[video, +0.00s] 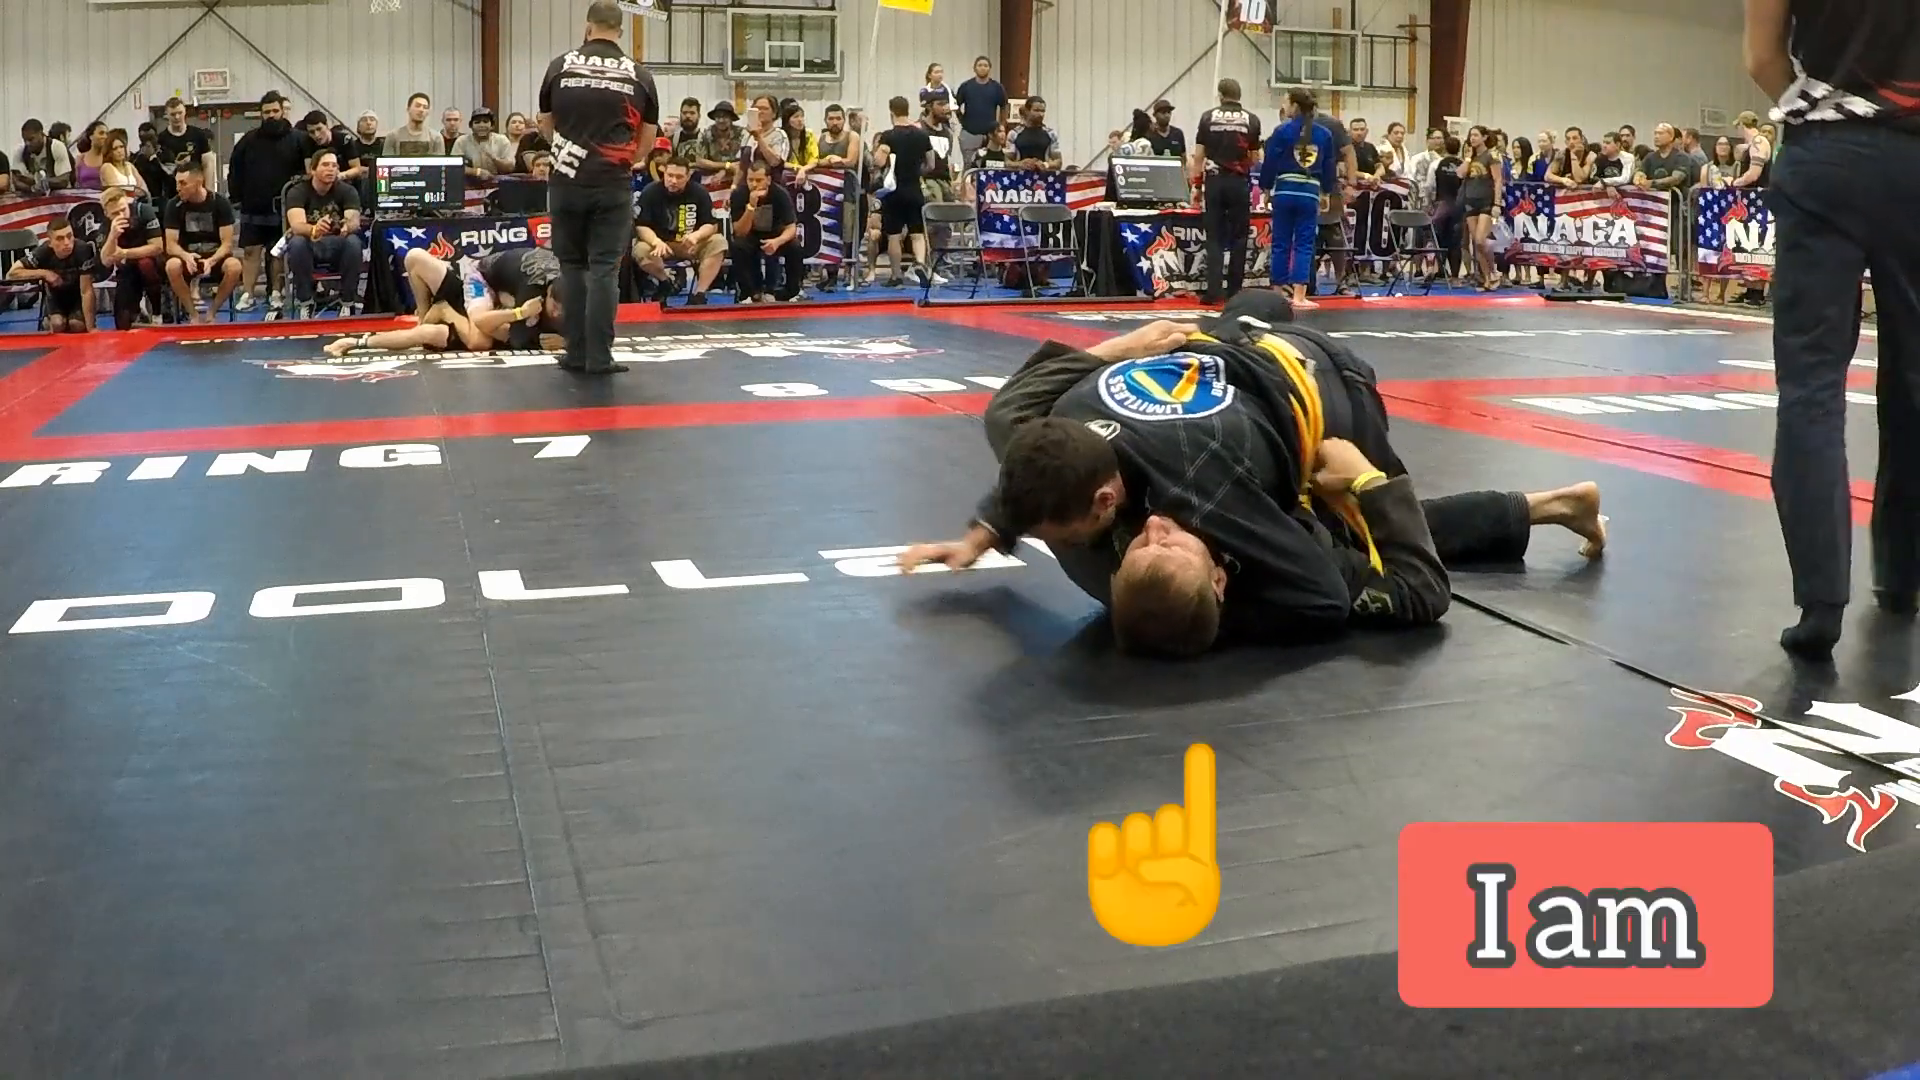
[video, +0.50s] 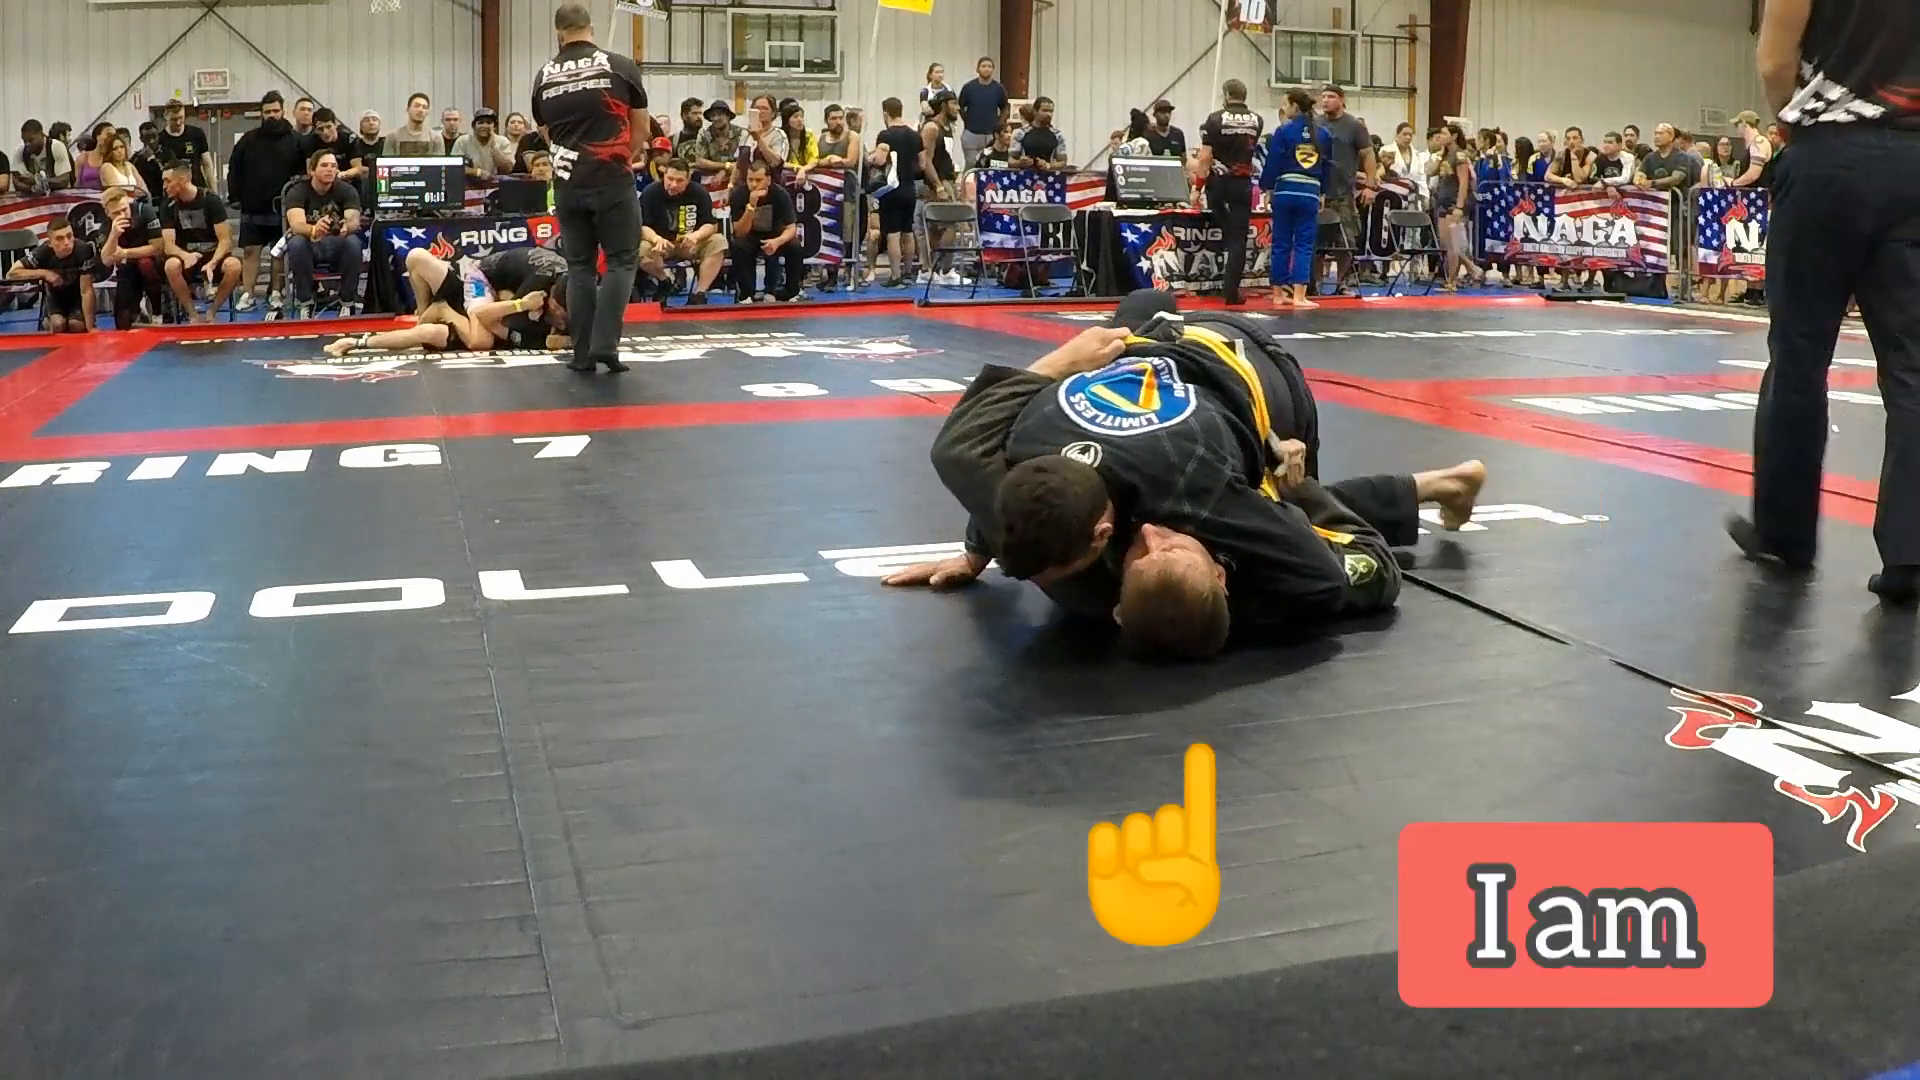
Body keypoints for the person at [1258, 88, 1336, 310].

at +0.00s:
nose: (1284, 107)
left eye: (1286, 103)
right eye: (1285, 103)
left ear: (1295, 106)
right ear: (1309, 107)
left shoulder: (1282, 130)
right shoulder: (1324, 134)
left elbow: (1270, 161)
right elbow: (1329, 167)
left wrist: (1265, 186)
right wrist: (1326, 191)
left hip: (1284, 191)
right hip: (1310, 194)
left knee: (1280, 242)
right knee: (1305, 244)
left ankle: (1278, 292)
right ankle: (1299, 296)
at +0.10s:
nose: (1283, 106)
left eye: (1286, 102)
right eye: (1285, 102)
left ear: (1296, 106)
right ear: (1308, 107)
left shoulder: (1283, 131)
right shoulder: (1324, 134)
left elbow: (1271, 160)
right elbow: (1327, 166)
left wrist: (1267, 186)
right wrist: (1325, 191)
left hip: (1285, 189)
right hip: (1310, 192)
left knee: (1281, 242)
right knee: (1305, 243)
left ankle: (1279, 293)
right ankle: (1299, 295)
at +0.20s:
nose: (1283, 106)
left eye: (1286, 103)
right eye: (1284, 102)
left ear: (1295, 106)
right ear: (1307, 107)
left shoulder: (1283, 131)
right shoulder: (1323, 135)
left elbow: (1271, 161)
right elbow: (1327, 167)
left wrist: (1267, 186)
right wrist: (1323, 190)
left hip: (1285, 189)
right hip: (1310, 192)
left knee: (1281, 242)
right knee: (1305, 243)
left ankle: (1279, 292)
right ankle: (1299, 295)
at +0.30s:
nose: (1282, 109)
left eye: (1285, 105)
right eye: (1283, 104)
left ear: (1295, 106)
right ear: (1305, 108)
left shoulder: (1283, 132)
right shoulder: (1322, 135)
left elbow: (1272, 162)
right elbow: (1326, 167)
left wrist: (1267, 186)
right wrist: (1321, 190)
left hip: (1285, 189)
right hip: (1310, 192)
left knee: (1281, 241)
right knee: (1304, 243)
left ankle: (1278, 292)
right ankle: (1299, 295)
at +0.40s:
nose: (1283, 107)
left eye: (1286, 103)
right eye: (1284, 103)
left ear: (1295, 106)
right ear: (1305, 107)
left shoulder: (1283, 131)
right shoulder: (1322, 134)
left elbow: (1272, 161)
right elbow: (1326, 166)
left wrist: (1267, 186)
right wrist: (1321, 190)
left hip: (1285, 190)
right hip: (1310, 193)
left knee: (1281, 241)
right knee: (1304, 243)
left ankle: (1278, 292)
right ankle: (1299, 295)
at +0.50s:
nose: (1283, 108)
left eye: (1286, 104)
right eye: (1284, 104)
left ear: (1295, 106)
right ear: (1306, 107)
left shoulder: (1283, 131)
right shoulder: (1322, 134)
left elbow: (1272, 161)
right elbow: (1326, 166)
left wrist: (1266, 186)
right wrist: (1322, 191)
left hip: (1284, 190)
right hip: (1310, 193)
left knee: (1281, 242)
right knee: (1305, 243)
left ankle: (1278, 292)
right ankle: (1299, 295)